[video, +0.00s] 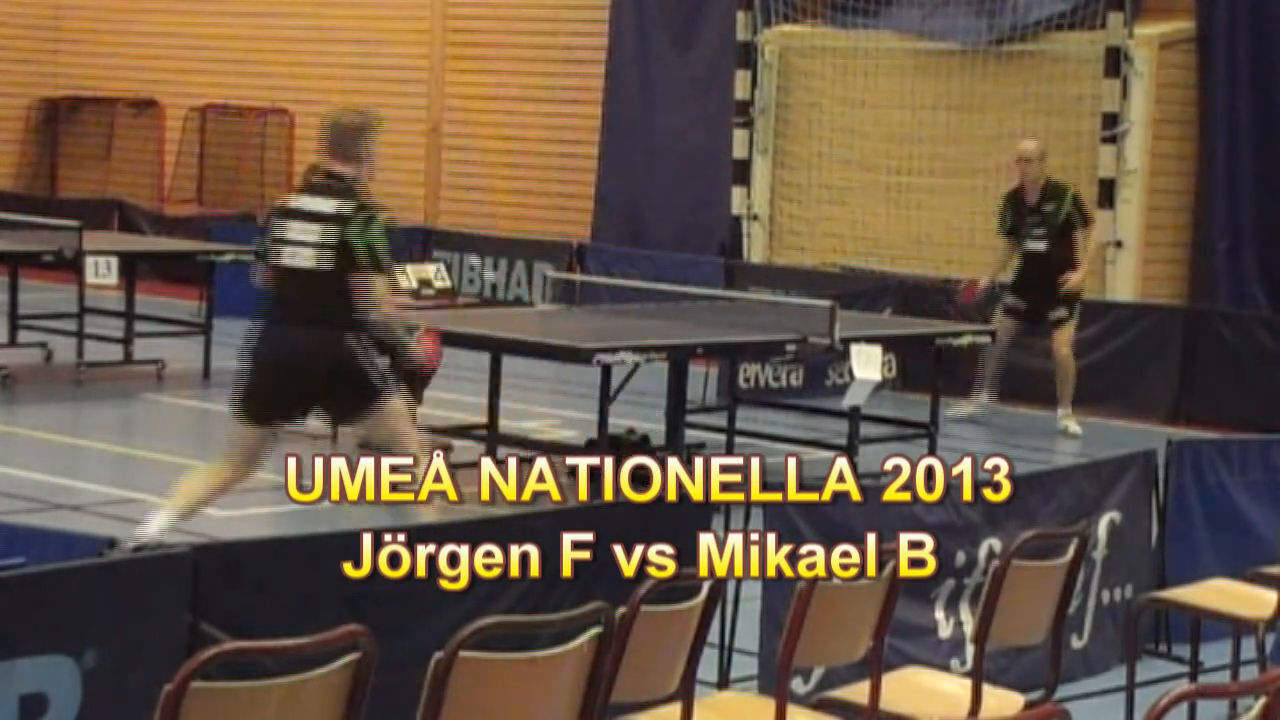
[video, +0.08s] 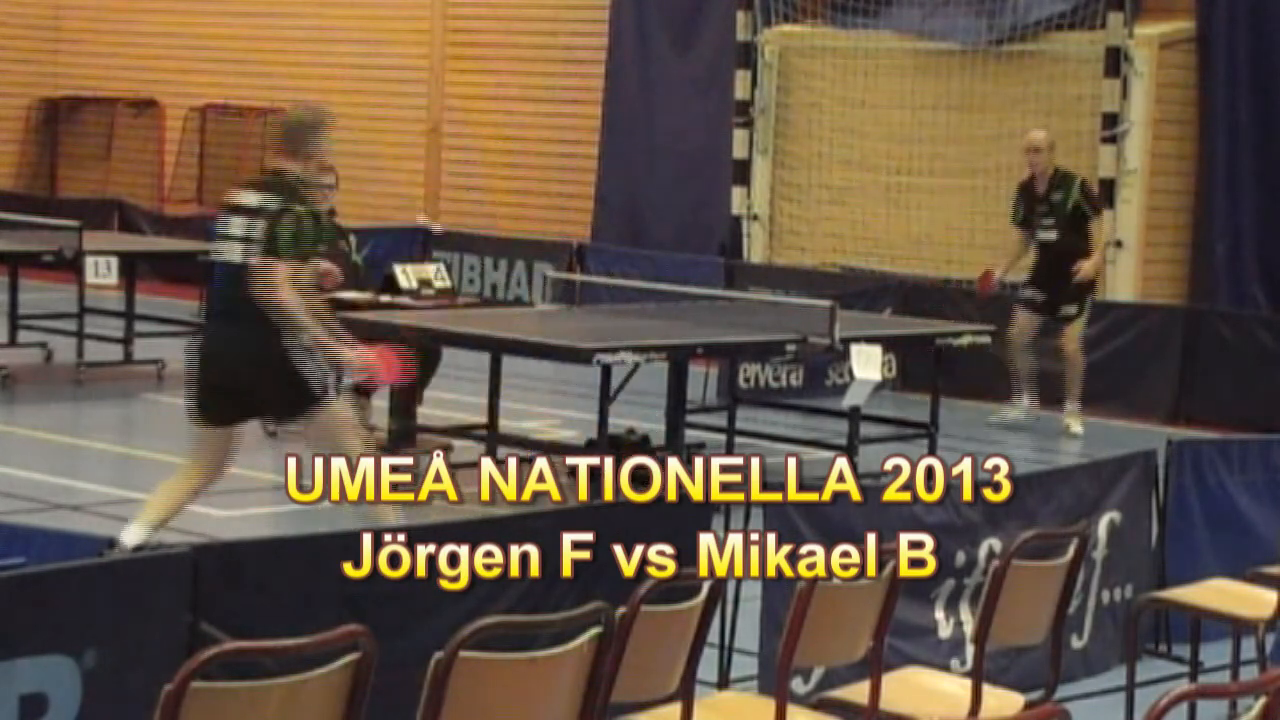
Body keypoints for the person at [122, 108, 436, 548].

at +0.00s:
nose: (376, 160)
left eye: (375, 151)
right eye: (374, 152)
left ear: (327, 151)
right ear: (365, 156)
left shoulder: (290, 207)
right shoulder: (361, 214)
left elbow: (264, 274)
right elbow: (372, 295)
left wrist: (314, 290)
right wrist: (409, 331)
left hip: (280, 349)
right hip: (340, 353)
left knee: (234, 463)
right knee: (411, 453)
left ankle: (155, 526)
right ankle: (435, 548)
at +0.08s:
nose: (328, 158)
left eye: (327, 150)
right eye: (323, 151)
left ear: (277, 150)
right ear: (311, 153)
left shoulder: (239, 200)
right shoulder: (297, 210)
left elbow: (229, 277)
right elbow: (279, 290)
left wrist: (305, 274)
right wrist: (333, 346)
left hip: (222, 349)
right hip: (278, 354)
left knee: (205, 462)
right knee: (353, 449)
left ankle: (129, 540)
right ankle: (399, 545)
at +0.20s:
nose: (255, 159)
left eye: (255, 150)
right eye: (251, 150)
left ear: (211, 148)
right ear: (235, 150)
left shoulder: (202, 197)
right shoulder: (198, 201)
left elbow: (211, 262)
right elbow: (143, 268)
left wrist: (272, 272)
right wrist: (186, 324)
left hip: (153, 350)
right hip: (184, 347)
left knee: (180, 467)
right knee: (293, 432)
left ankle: (122, 549)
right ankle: (301, 547)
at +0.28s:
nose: (209, 155)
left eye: (211, 145)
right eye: (202, 143)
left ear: (192, 147)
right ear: (173, 142)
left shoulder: (171, 198)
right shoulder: (143, 196)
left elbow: (175, 263)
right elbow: (91, 252)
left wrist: (232, 279)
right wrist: (96, 301)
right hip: (137, 338)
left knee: (169, 461)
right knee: (241, 429)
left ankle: (122, 550)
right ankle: (200, 543)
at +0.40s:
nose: (135, 129)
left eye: (136, 119)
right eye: (126, 118)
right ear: (93, 120)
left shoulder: (107, 186)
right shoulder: (64, 191)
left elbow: (104, 266)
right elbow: (52, 277)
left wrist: (155, 280)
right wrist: (134, 297)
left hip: (98, 324)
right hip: (69, 329)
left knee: (131, 442)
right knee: (131, 436)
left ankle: (112, 549)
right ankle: (22, 514)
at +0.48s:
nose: (69, 112)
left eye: (68, 101)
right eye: (54, 102)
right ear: (23, 110)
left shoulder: (53, 177)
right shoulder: (20, 181)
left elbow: (81, 237)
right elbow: (61, 255)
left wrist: (133, 247)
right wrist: (124, 253)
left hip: (53, 340)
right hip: (19, 340)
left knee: (110, 429)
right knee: (8, 445)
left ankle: (102, 541)